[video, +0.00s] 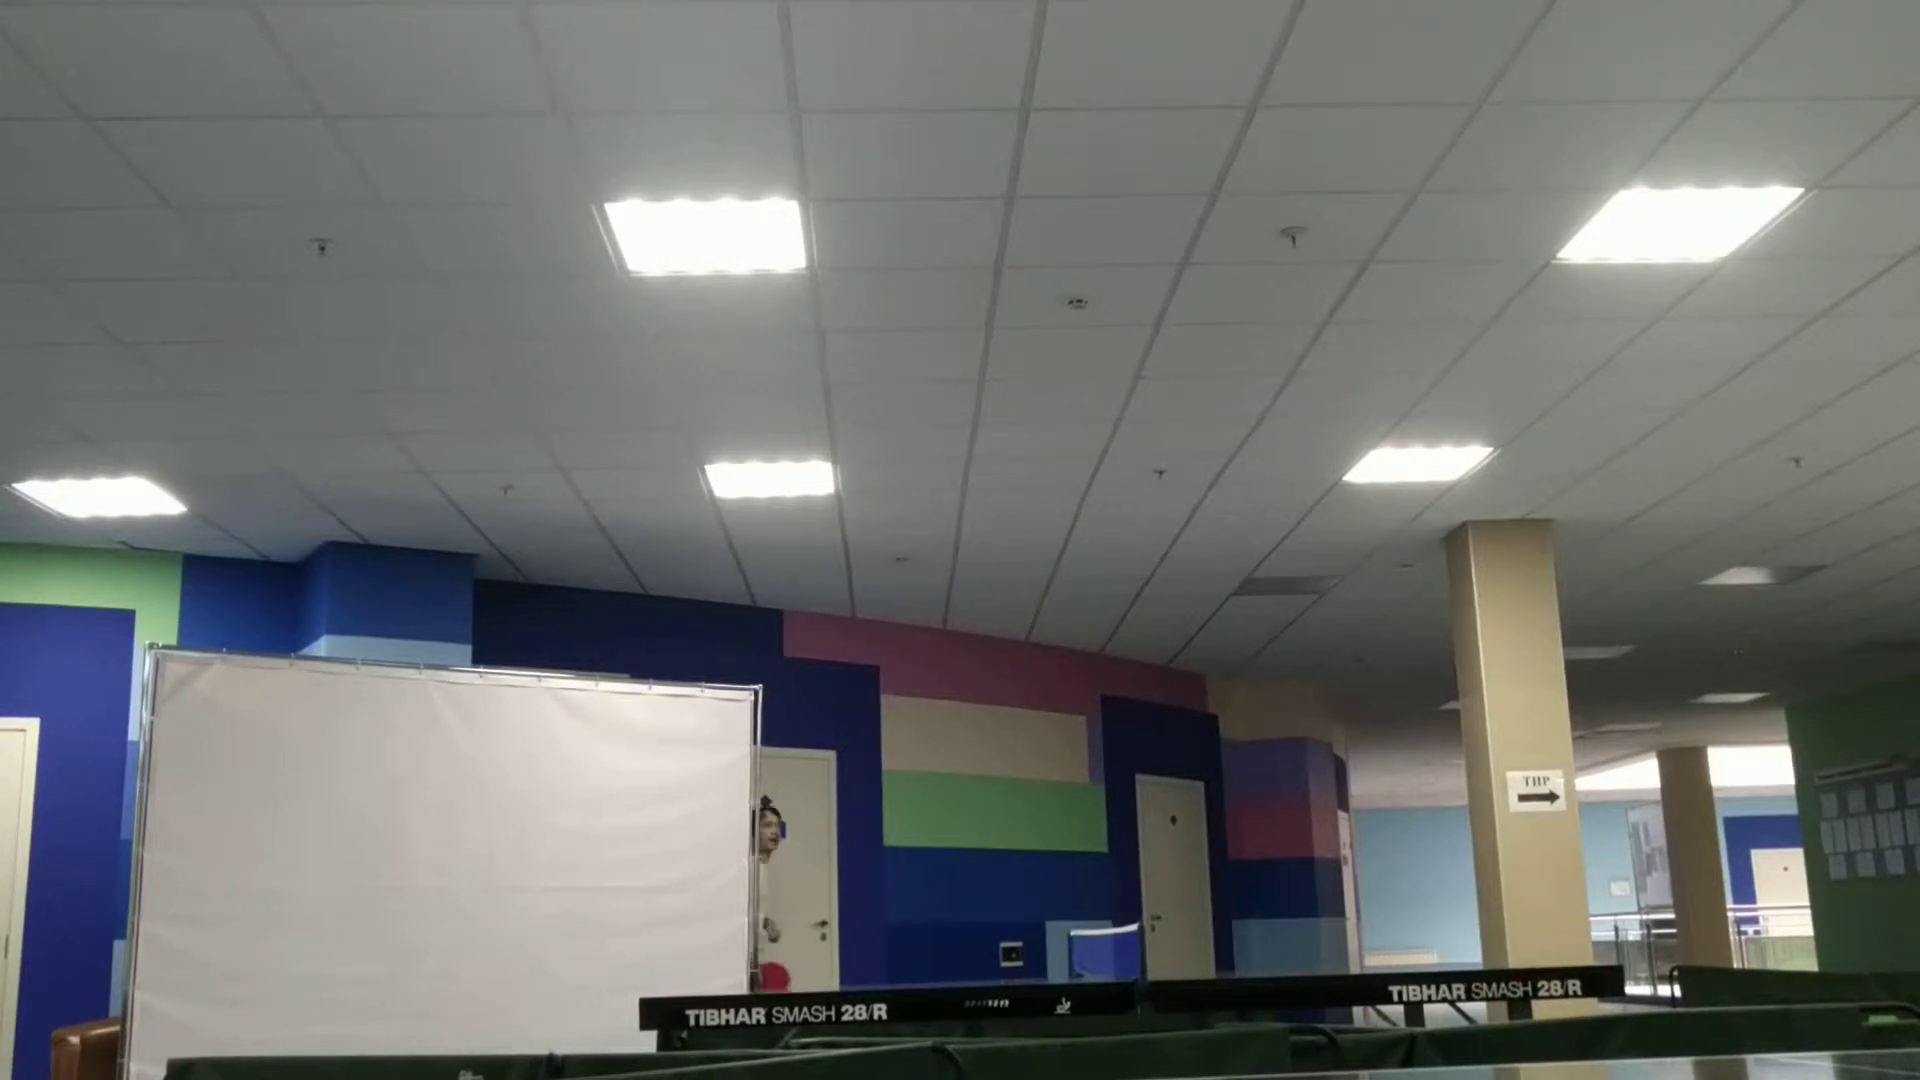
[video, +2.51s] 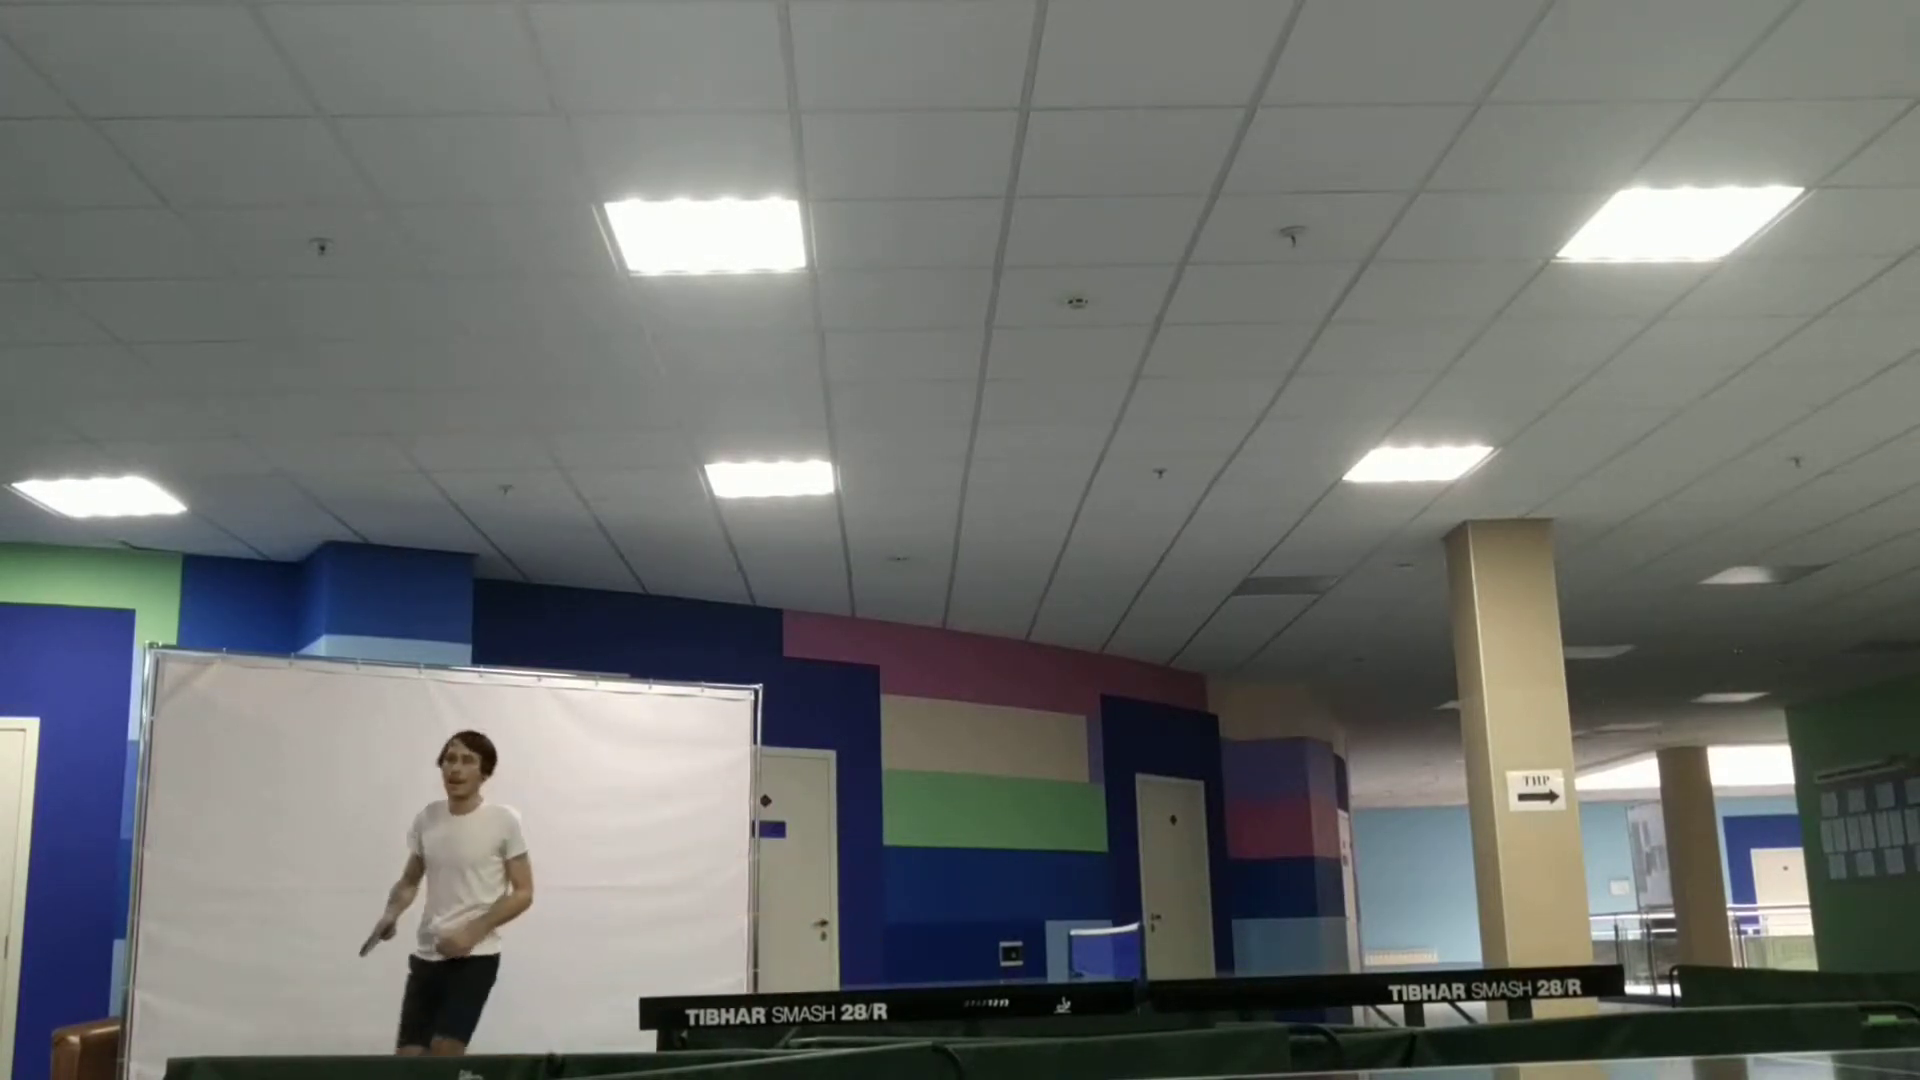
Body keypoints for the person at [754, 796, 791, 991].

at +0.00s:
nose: (775, 832)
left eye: (778, 827)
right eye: (767, 826)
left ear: (781, 832)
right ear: (754, 830)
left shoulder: (762, 869)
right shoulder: (748, 868)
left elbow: (755, 909)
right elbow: (741, 910)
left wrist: (766, 922)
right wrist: (764, 921)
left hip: (755, 955)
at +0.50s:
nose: (836, 818)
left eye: (841, 810)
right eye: (829, 813)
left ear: (851, 817)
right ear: (822, 820)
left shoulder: (856, 854)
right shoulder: (808, 850)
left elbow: (851, 900)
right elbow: (793, 903)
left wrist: (859, 917)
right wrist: (830, 929)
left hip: (849, 956)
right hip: (815, 958)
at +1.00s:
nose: (818, 809)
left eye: (824, 800)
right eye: (811, 803)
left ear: (836, 806)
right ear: (803, 811)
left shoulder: (860, 841)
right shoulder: (796, 850)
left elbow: (882, 893)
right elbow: (783, 906)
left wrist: (846, 917)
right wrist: (773, 901)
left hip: (857, 955)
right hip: (815, 956)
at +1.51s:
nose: (747, 791)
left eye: (755, 785)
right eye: (741, 785)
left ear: (768, 797)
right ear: (732, 795)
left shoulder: (786, 836)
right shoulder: (723, 837)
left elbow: (808, 896)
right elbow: (712, 891)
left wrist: (757, 923)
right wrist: (702, 910)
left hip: (771, 949)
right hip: (734, 951)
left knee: (760, 1025)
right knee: (733, 1025)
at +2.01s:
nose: (599, 781)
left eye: (609, 775)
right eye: (592, 774)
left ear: (622, 787)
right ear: (582, 785)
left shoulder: (637, 826)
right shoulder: (584, 836)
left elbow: (663, 892)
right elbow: (591, 892)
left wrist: (612, 932)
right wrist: (560, 913)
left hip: (619, 962)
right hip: (579, 957)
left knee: (599, 1057)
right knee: (562, 1050)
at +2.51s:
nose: (456, 768)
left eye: (467, 761)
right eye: (450, 760)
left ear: (484, 772)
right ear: (441, 767)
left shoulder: (503, 821)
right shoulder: (427, 819)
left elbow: (523, 894)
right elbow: (409, 880)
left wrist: (471, 933)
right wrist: (390, 915)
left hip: (475, 959)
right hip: (428, 957)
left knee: (444, 1053)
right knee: (409, 1056)